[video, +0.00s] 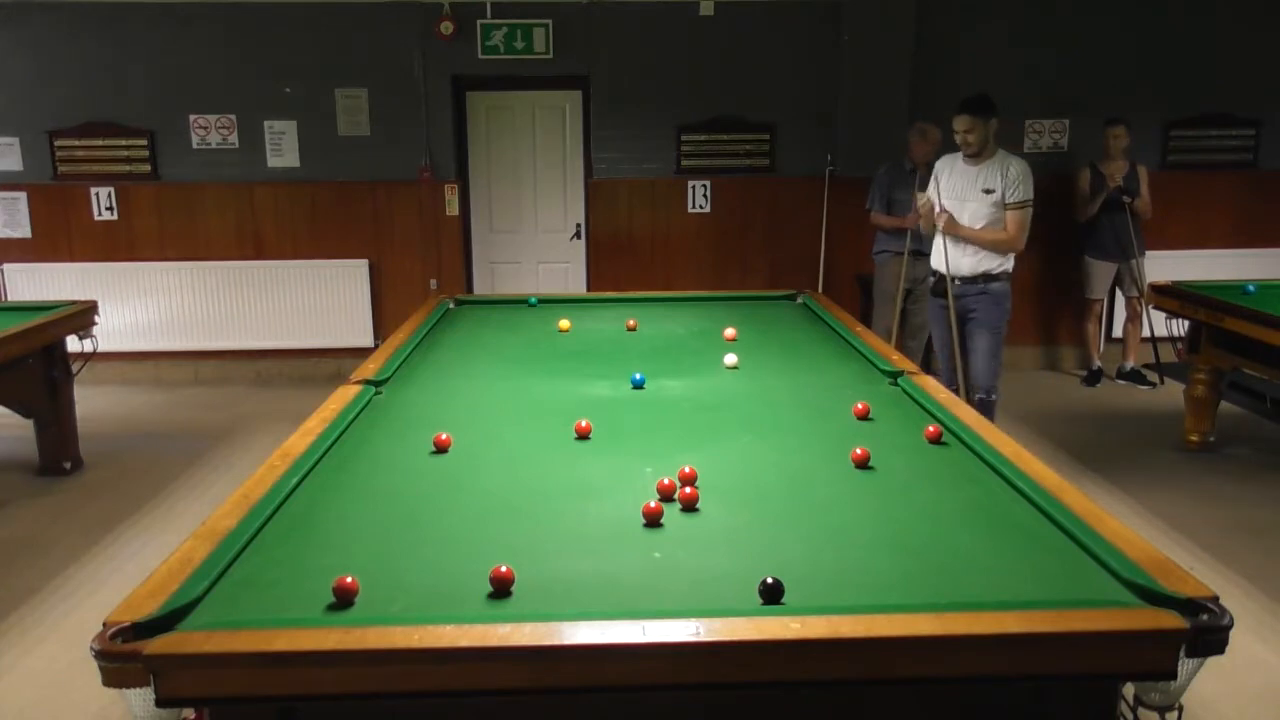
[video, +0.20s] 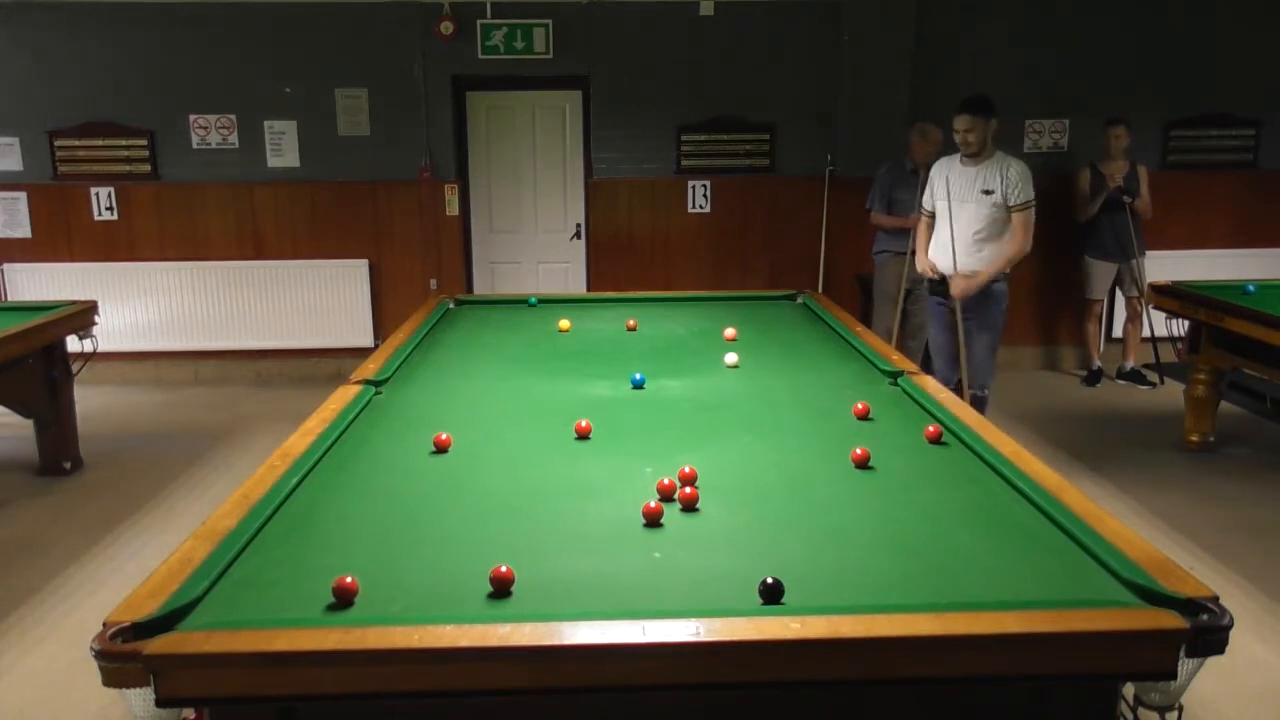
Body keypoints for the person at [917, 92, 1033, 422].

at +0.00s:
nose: (961, 139)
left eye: (968, 132)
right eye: (956, 132)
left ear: (992, 127)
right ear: (952, 130)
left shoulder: (1013, 170)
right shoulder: (944, 165)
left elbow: (1016, 240)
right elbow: (929, 225)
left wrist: (959, 231)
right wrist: (926, 216)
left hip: (986, 291)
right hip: (942, 290)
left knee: (982, 389)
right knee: (947, 384)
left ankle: (979, 466)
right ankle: (948, 463)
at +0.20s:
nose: (961, 139)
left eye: (969, 131)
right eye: (956, 131)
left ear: (991, 128)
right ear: (952, 131)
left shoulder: (1012, 171)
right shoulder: (941, 168)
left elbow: (1022, 240)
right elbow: (926, 219)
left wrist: (979, 279)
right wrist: (921, 256)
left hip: (986, 289)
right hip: (940, 287)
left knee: (977, 383)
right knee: (944, 379)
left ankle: (970, 458)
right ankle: (942, 453)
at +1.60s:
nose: (922, 155)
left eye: (930, 147)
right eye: (917, 147)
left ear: (948, 144)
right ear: (912, 146)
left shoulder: (966, 171)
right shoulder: (921, 188)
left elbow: (981, 232)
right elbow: (920, 246)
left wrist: (927, 262)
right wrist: (909, 293)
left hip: (969, 292)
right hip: (929, 291)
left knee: (953, 381)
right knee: (919, 376)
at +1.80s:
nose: (907, 179)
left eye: (915, 172)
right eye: (902, 172)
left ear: (933, 165)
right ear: (897, 167)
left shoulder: (947, 186)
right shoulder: (911, 201)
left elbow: (944, 237)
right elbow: (918, 255)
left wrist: (892, 279)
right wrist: (908, 303)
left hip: (973, 294)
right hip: (932, 295)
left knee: (953, 375)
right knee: (920, 374)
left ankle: (978, 446)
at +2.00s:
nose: (890, 212)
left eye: (896, 205)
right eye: (884, 206)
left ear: (914, 194)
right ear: (879, 199)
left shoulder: (928, 212)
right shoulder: (917, 210)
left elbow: (897, 268)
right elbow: (932, 252)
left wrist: (851, 310)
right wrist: (925, 294)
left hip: (995, 287)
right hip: (955, 288)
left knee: (980, 381)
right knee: (941, 372)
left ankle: (986, 458)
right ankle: (937, 446)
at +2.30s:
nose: (872, 266)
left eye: (877, 259)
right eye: (867, 259)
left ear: (894, 248)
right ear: (862, 249)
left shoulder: (908, 268)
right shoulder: (903, 233)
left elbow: (871, 308)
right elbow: (941, 233)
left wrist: (822, 335)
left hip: (1001, 289)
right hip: (966, 290)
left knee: (977, 383)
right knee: (953, 373)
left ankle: (983, 453)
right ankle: (950, 440)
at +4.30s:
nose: (859, 298)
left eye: (863, 290)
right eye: (853, 292)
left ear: (880, 276)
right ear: (846, 281)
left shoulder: (897, 294)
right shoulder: (887, 249)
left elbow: (865, 321)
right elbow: (918, 222)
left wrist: (812, 340)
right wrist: (922, 256)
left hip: (992, 285)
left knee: (968, 382)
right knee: (952, 374)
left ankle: (981, 449)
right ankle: (959, 442)